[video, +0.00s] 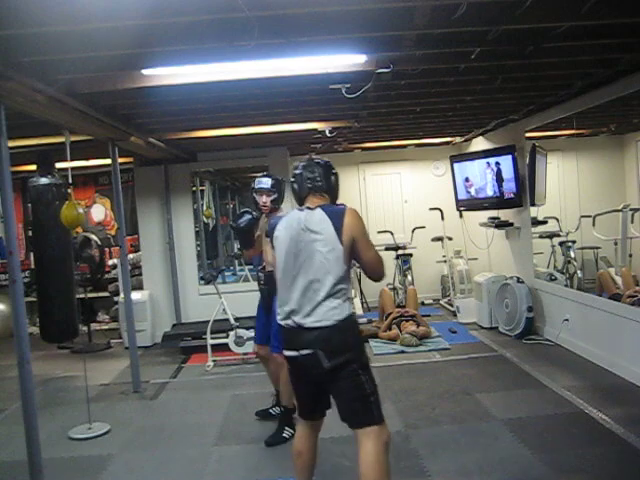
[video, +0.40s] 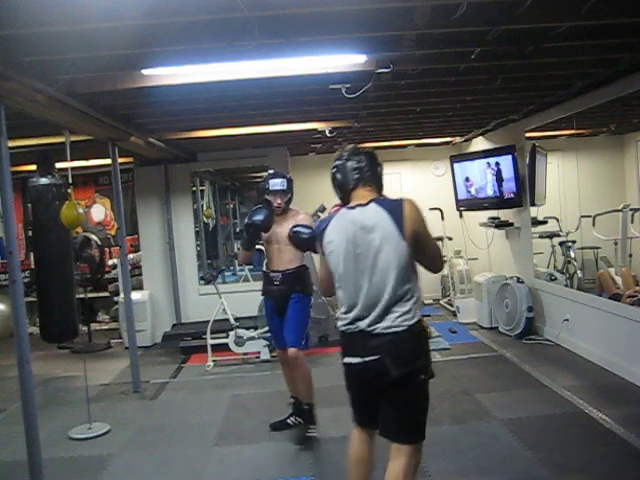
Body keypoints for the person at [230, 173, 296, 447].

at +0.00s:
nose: (264, 199)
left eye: (269, 193)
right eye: (259, 193)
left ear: (278, 195)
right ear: (255, 196)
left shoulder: (283, 223)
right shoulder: (260, 222)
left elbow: (280, 260)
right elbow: (252, 255)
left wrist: (264, 238)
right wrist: (254, 234)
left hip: (283, 288)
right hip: (265, 287)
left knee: (278, 354)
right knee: (262, 349)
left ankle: (289, 419)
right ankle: (282, 401)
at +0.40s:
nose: (278, 200)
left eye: (282, 195)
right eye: (273, 195)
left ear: (289, 195)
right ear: (266, 195)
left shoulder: (301, 218)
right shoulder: (261, 221)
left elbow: (320, 249)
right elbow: (244, 258)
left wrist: (312, 241)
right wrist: (251, 231)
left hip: (297, 285)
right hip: (271, 286)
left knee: (293, 352)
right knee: (282, 353)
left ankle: (309, 413)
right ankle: (297, 409)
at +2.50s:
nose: (295, 208)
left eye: (295, 202)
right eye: (291, 201)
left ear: (272, 196)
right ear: (275, 196)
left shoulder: (277, 224)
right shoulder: (232, 225)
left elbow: (330, 225)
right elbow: (238, 279)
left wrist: (373, 207)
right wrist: (278, 245)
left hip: (271, 325)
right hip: (241, 329)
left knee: (301, 403)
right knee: (251, 420)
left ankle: (300, 473)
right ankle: (215, 476)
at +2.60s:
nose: (297, 198)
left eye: (299, 192)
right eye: (294, 190)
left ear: (276, 189)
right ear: (277, 187)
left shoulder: (279, 223)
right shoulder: (239, 223)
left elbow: (312, 242)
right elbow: (245, 279)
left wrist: (350, 230)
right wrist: (284, 243)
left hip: (278, 321)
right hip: (248, 327)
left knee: (298, 403)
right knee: (260, 418)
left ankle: (299, 472)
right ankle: (231, 476)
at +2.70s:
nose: (302, 197)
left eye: (303, 190)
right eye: (298, 189)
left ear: (277, 188)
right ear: (282, 187)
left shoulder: (283, 225)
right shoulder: (246, 225)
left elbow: (290, 263)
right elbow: (253, 282)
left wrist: (325, 256)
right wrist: (288, 249)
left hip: (281, 324)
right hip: (255, 330)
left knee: (305, 403)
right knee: (262, 422)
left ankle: (300, 472)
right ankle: (239, 476)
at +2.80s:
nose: (306, 203)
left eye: (307, 196)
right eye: (305, 195)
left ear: (276, 190)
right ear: (294, 193)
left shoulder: (277, 229)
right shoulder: (258, 226)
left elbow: (284, 273)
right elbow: (273, 283)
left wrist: (317, 264)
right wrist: (305, 258)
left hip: (283, 331)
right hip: (262, 335)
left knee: (322, 396)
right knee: (259, 426)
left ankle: (307, 470)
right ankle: (237, 477)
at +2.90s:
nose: (313, 197)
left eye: (313, 191)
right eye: (312, 190)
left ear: (282, 187)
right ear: (302, 189)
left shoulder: (272, 222)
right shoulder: (274, 221)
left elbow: (285, 275)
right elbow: (295, 279)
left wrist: (308, 247)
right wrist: (321, 251)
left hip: (286, 325)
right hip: (274, 328)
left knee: (320, 396)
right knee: (267, 423)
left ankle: (320, 471)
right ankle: (240, 476)